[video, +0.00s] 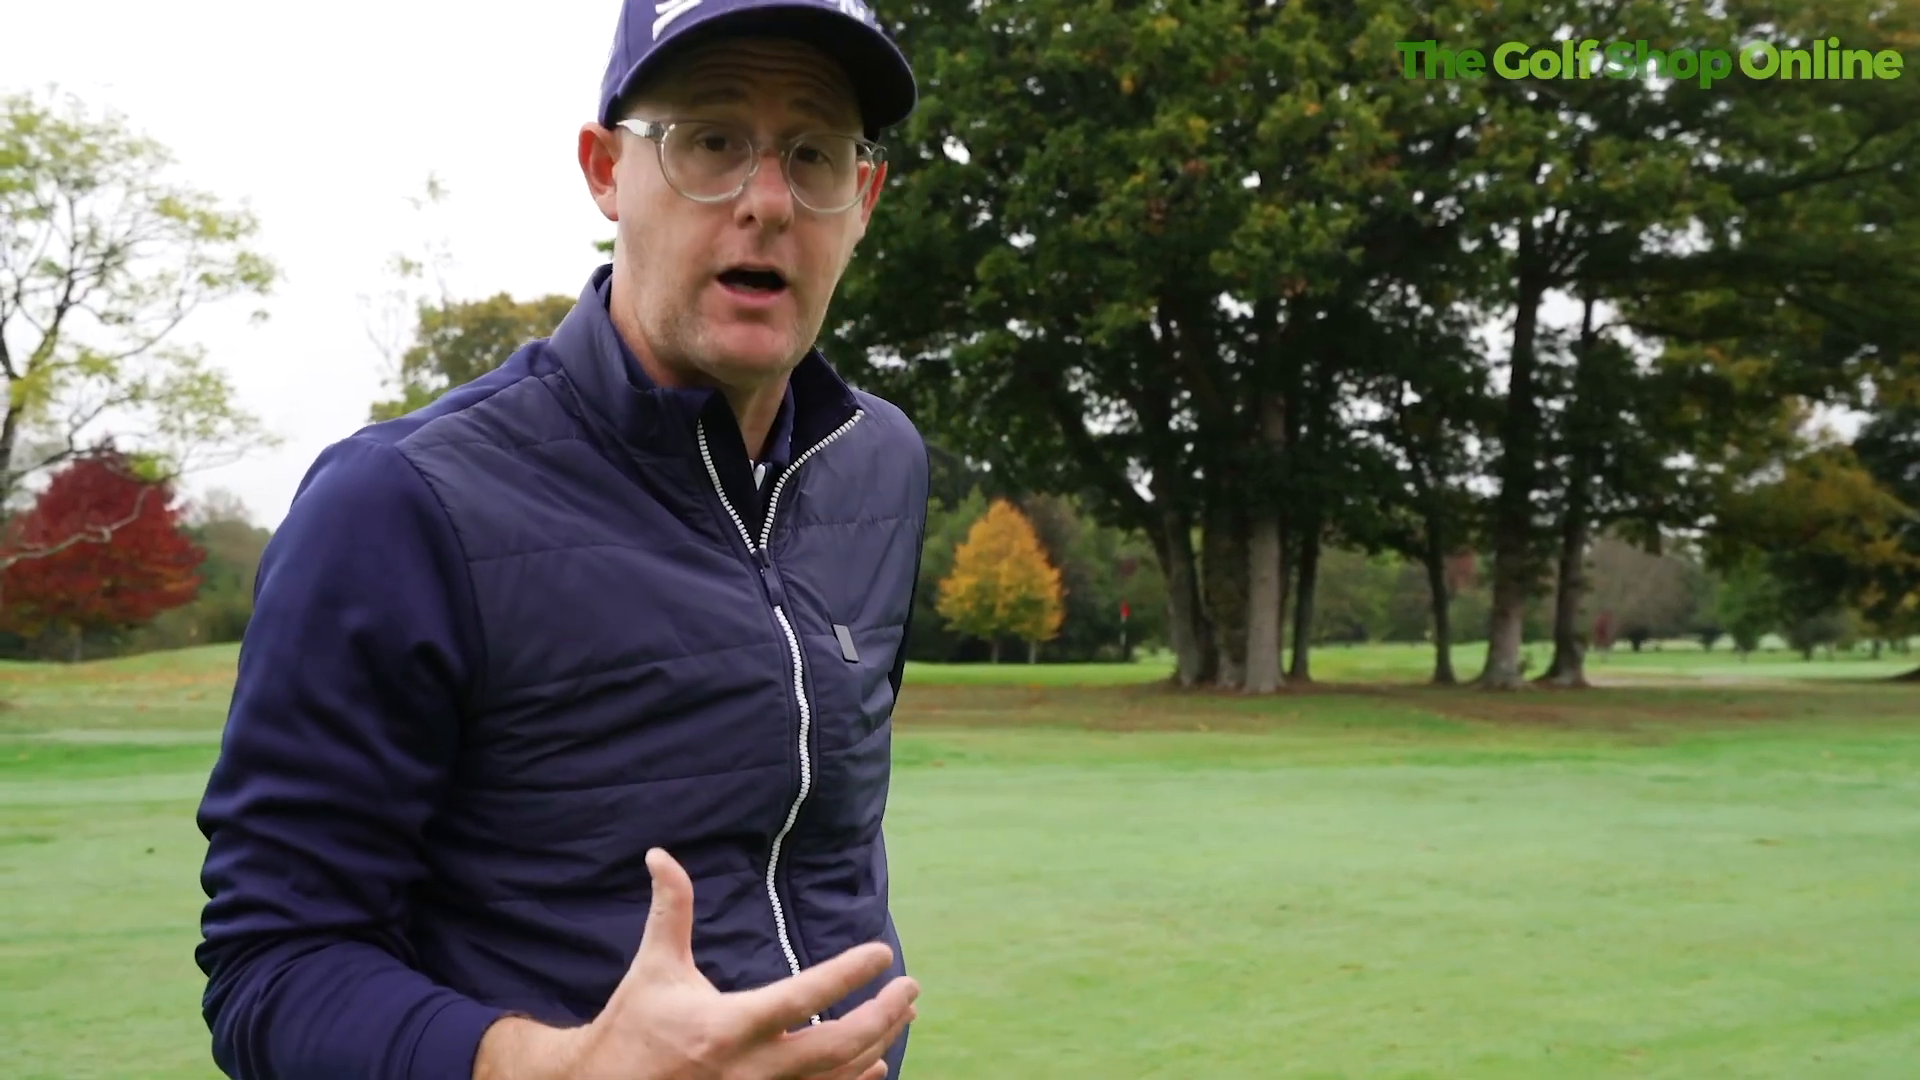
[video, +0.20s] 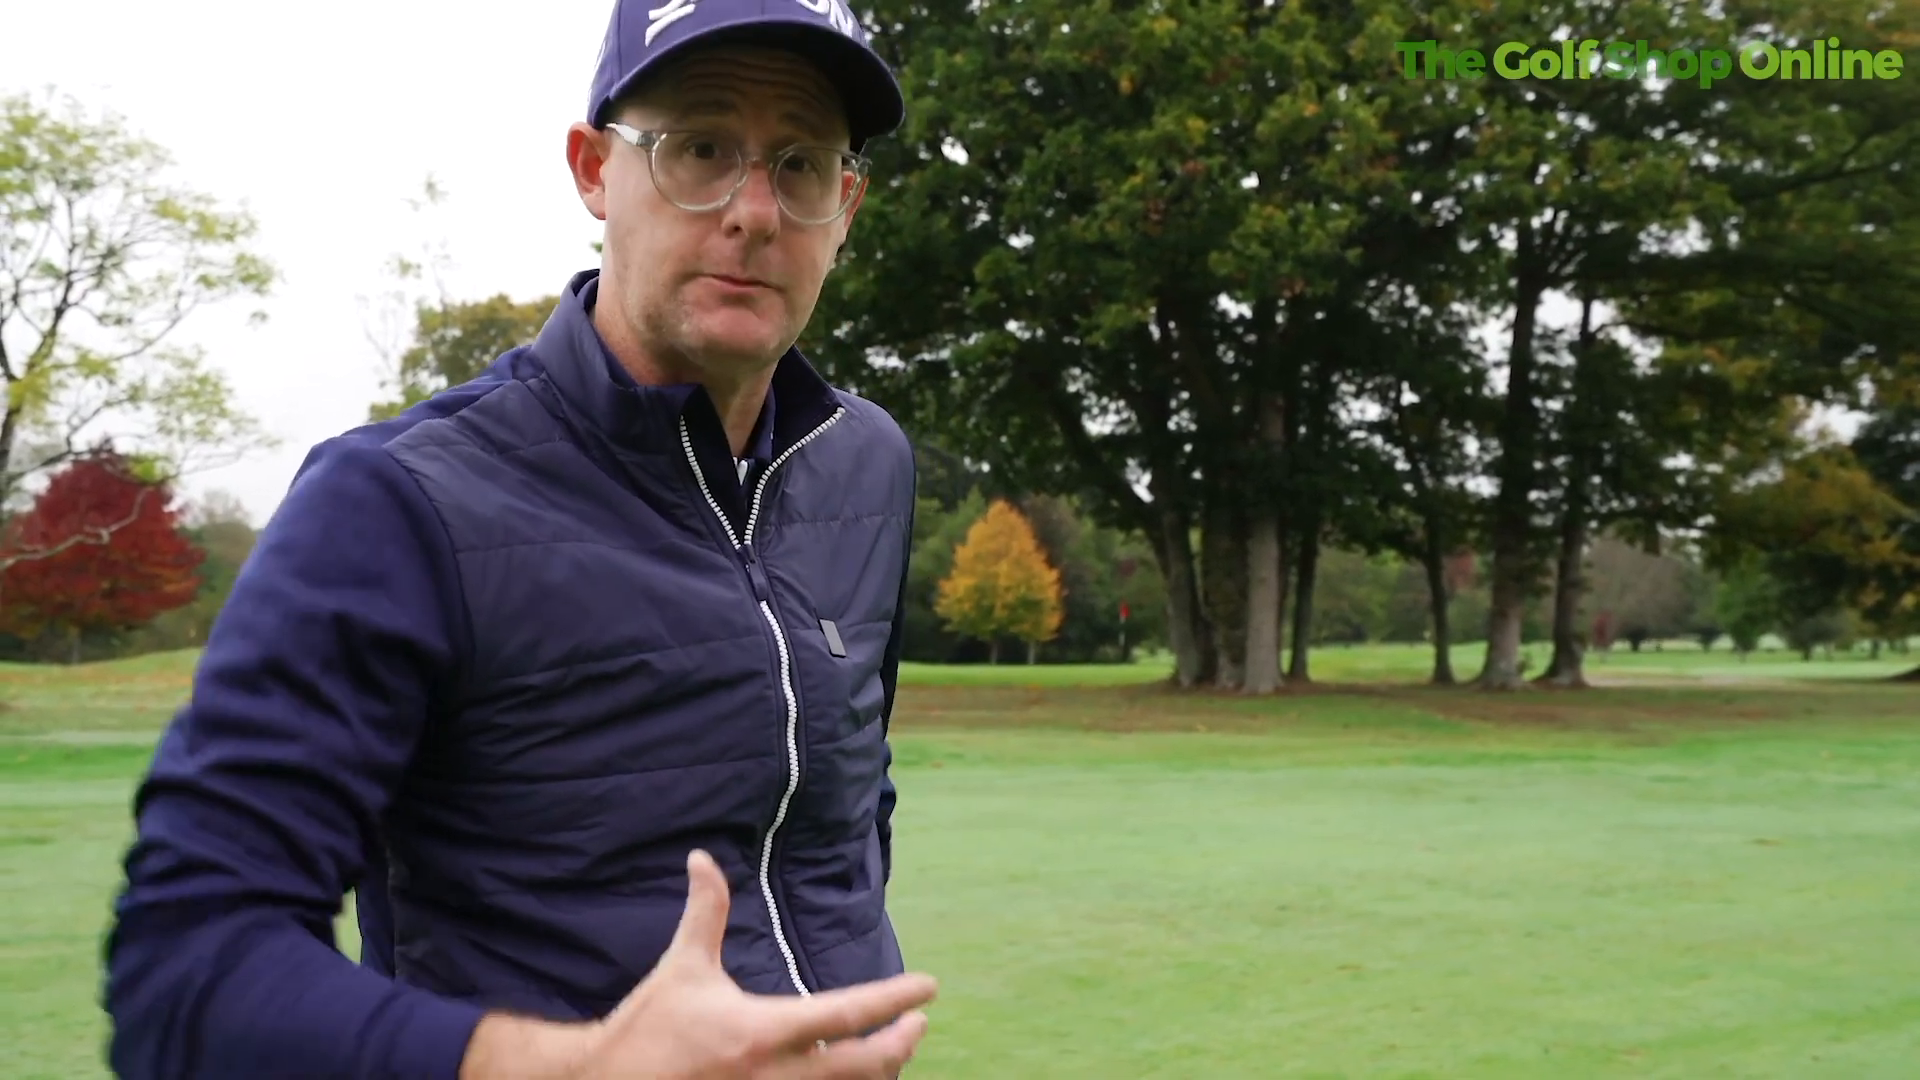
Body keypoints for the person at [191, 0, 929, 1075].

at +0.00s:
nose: (767, 200)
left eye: (811, 154)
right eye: (712, 139)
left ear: (863, 200)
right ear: (608, 170)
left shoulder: (882, 472)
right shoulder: (402, 506)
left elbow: (820, 840)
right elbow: (274, 966)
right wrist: (561, 1060)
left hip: (838, 1056)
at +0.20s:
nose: (754, 208)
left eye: (798, 160)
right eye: (700, 146)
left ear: (847, 206)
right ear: (596, 174)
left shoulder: (866, 471)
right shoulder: (399, 502)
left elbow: (854, 809)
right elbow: (186, 967)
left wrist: (848, 1008)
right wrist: (571, 1059)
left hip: (830, 1055)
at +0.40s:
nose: (743, 216)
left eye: (790, 170)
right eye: (695, 155)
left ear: (838, 211)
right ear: (591, 170)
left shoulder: (859, 456)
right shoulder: (411, 463)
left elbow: (896, 777)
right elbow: (127, 881)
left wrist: (920, 1012)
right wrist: (568, 1042)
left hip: (851, 1057)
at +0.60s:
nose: (728, 210)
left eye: (774, 162)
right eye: (678, 148)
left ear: (819, 203)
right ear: (572, 165)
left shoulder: (854, 443)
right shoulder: (400, 455)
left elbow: (922, 758)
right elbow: (186, 883)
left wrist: (956, 1010)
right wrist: (644, 1004)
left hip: (852, 1047)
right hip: (538, 1066)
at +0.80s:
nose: (798, 277)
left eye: (830, 222)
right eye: (748, 212)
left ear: (856, 228)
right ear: (601, 185)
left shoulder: (848, 463)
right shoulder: (385, 499)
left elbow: (886, 779)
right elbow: (195, 970)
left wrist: (917, 1026)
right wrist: (494, 1074)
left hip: (844, 1055)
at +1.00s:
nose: (849, 310)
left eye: (869, 248)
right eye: (793, 249)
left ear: (891, 224)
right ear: (629, 219)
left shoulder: (849, 484)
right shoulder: (410, 553)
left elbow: (887, 853)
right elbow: (366, 1024)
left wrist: (913, 1064)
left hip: (828, 1053)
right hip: (572, 1058)